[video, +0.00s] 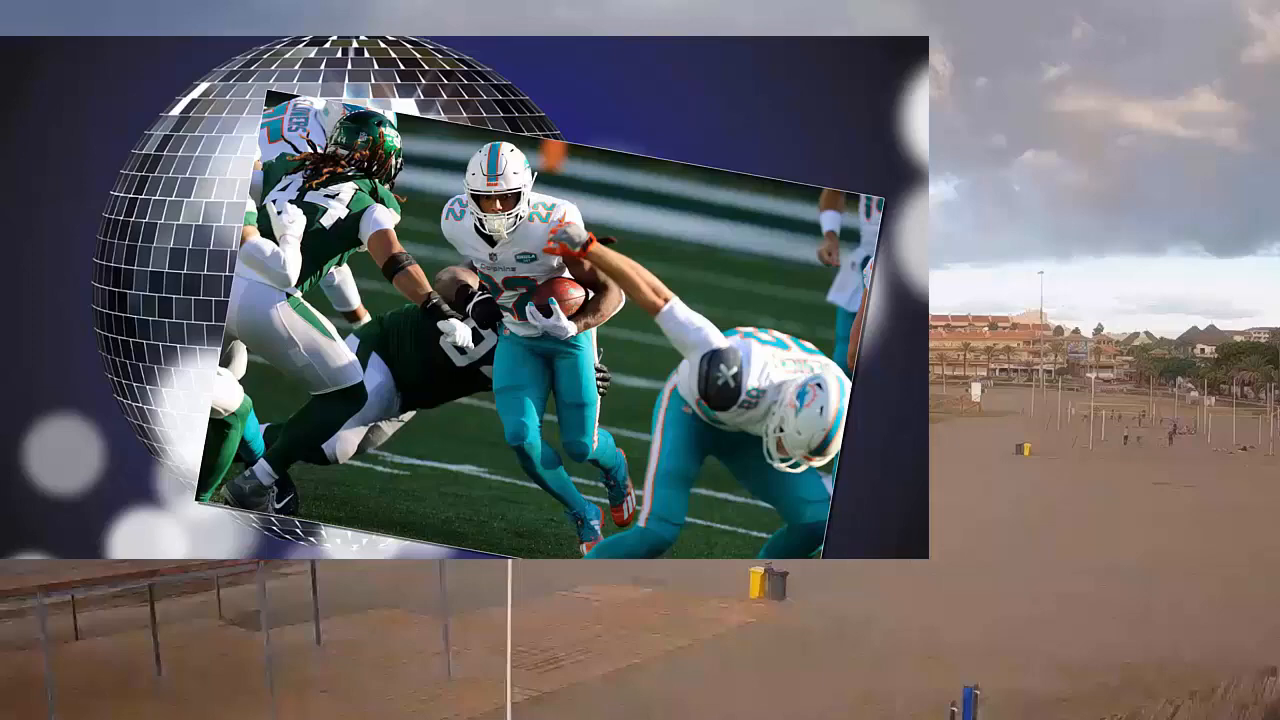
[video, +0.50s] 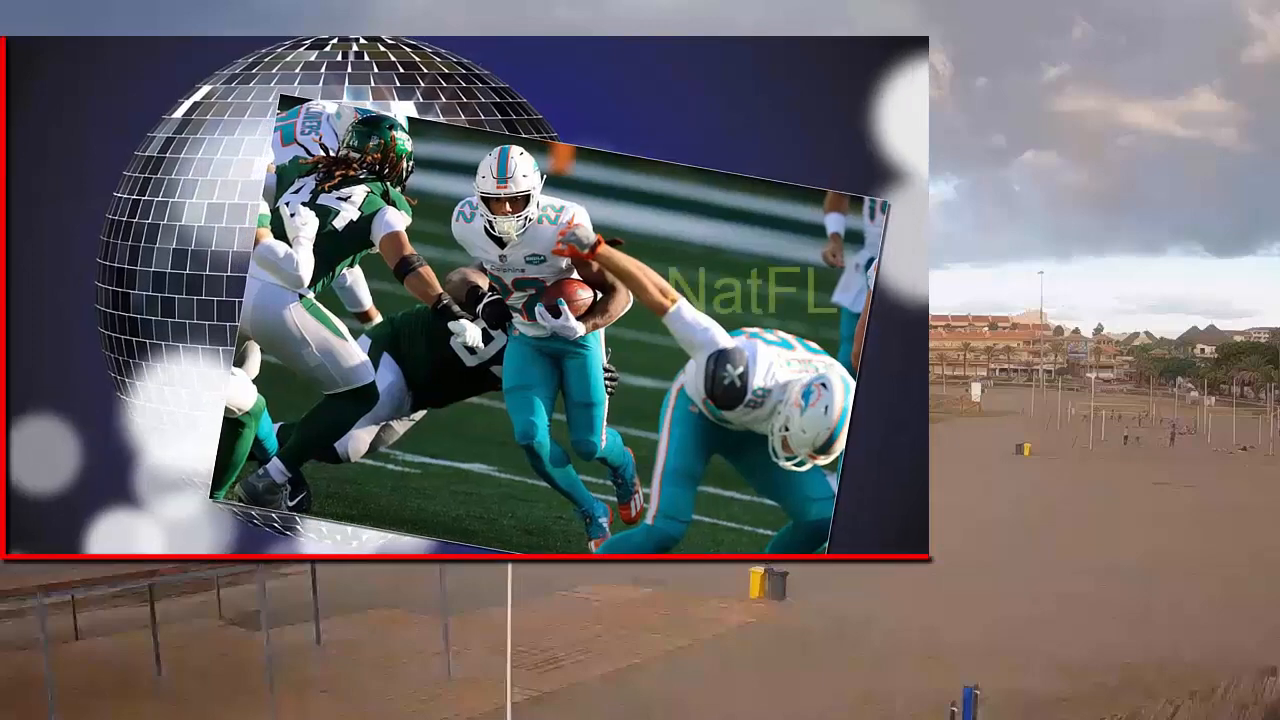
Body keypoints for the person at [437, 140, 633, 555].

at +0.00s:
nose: (495, 207)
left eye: (505, 198)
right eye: (486, 199)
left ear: (524, 190)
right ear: (473, 194)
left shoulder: (558, 221)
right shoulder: (456, 220)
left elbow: (614, 291)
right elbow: (482, 265)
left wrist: (576, 326)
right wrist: (482, 298)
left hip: (571, 338)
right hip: (516, 337)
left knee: (578, 446)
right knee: (520, 438)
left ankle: (617, 473)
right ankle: (584, 514)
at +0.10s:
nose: (496, 208)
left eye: (506, 198)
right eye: (487, 200)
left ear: (525, 191)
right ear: (473, 194)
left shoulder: (559, 221)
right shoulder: (457, 219)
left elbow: (614, 291)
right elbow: (482, 266)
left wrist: (577, 326)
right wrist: (481, 299)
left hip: (572, 338)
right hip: (517, 337)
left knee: (579, 446)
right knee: (522, 438)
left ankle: (617, 472)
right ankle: (585, 513)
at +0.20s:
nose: (499, 209)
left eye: (509, 199)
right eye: (489, 200)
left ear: (527, 192)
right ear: (476, 195)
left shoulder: (561, 222)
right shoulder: (460, 221)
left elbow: (617, 291)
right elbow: (486, 265)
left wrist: (580, 326)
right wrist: (485, 298)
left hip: (574, 340)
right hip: (519, 339)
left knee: (582, 445)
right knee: (524, 438)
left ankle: (619, 472)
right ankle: (588, 514)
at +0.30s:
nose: (501, 209)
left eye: (511, 199)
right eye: (491, 200)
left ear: (530, 192)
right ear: (478, 195)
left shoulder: (563, 223)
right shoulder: (462, 220)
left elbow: (619, 291)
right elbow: (487, 266)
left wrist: (582, 326)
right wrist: (489, 299)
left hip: (576, 340)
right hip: (521, 339)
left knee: (583, 445)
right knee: (526, 438)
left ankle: (621, 469)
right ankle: (590, 514)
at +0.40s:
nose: (503, 209)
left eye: (513, 199)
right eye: (494, 200)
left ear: (532, 192)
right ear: (480, 195)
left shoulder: (565, 223)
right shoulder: (464, 221)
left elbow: (620, 292)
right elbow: (489, 267)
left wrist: (582, 327)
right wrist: (488, 299)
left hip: (578, 340)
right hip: (523, 339)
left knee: (586, 446)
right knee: (529, 437)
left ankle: (623, 471)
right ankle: (591, 513)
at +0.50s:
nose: (504, 210)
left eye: (514, 200)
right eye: (495, 201)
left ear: (533, 194)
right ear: (482, 196)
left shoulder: (567, 224)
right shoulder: (466, 221)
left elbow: (622, 291)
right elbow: (493, 267)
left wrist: (585, 326)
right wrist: (493, 300)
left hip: (580, 340)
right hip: (525, 339)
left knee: (587, 445)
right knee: (530, 438)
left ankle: (624, 470)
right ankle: (593, 513)